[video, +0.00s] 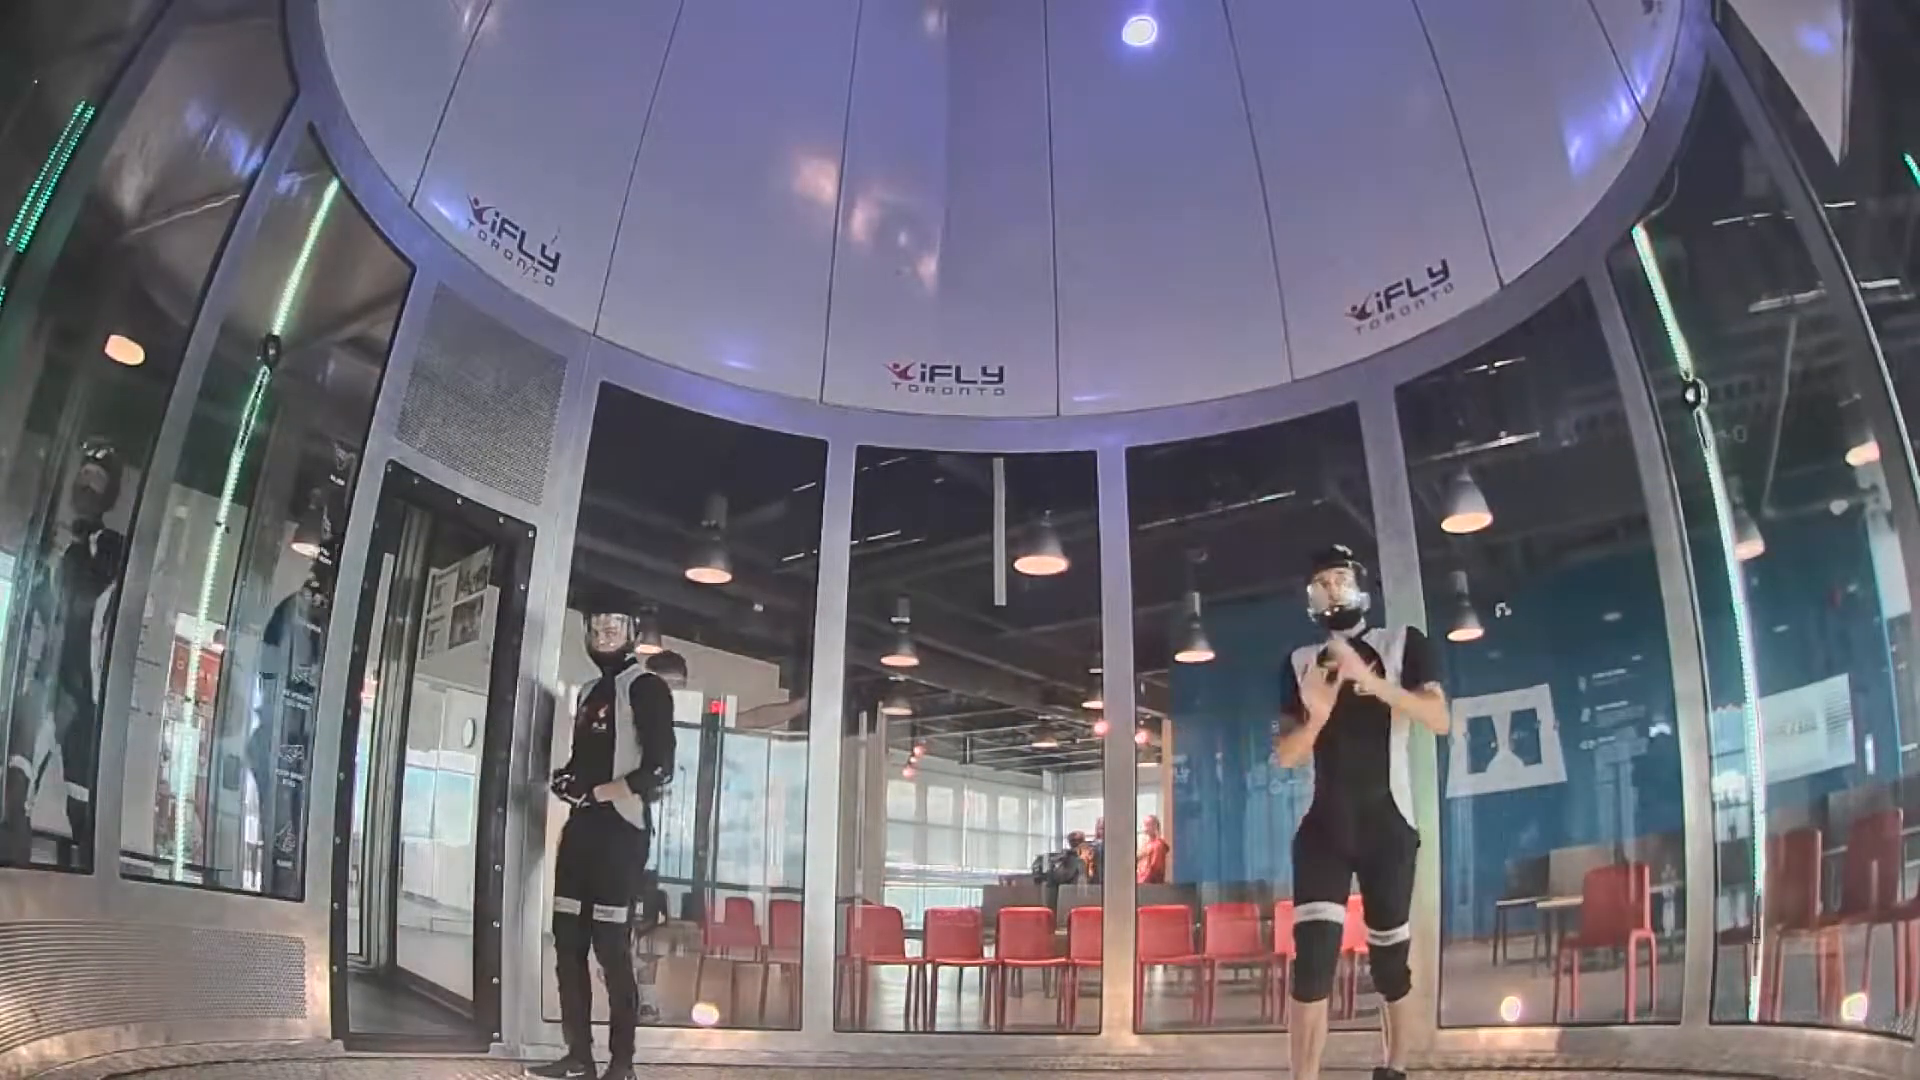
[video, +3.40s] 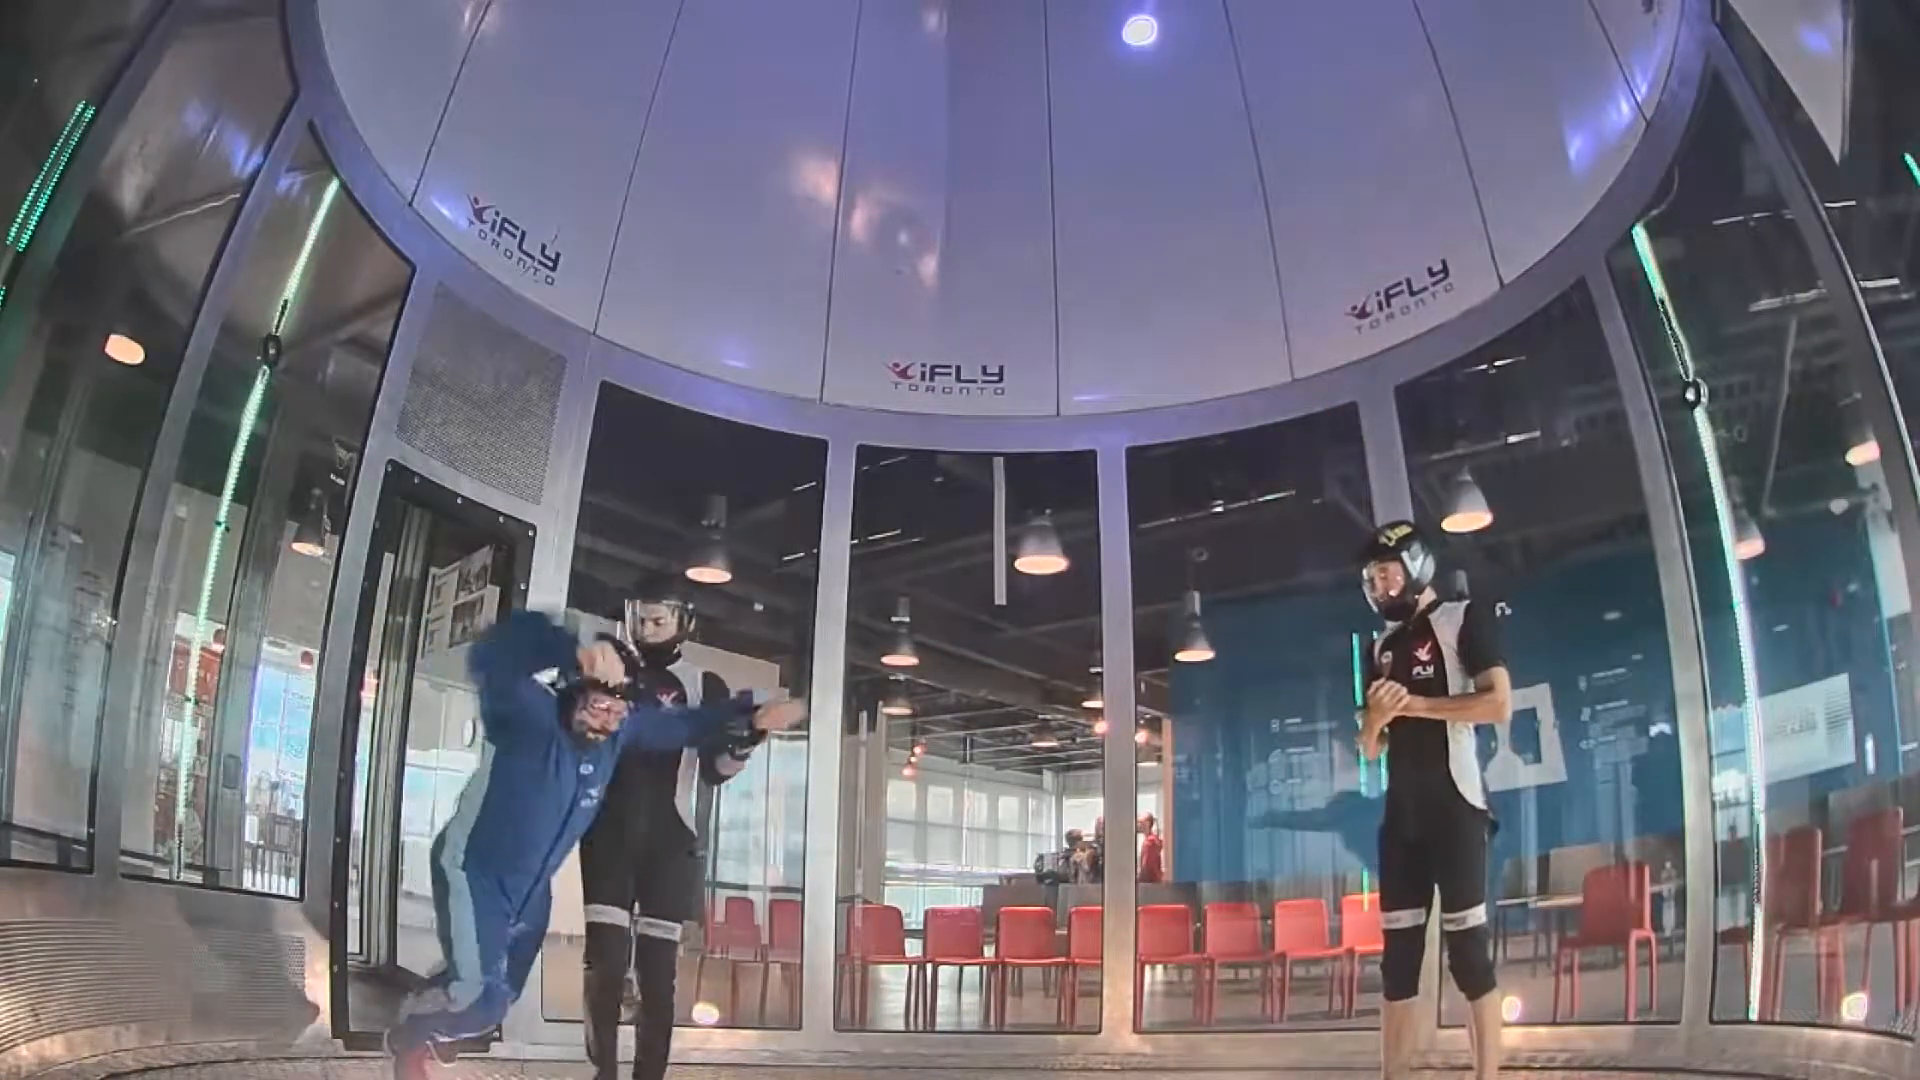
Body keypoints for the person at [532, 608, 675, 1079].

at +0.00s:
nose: (605, 633)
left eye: (614, 626)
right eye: (598, 627)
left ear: (631, 632)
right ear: (590, 634)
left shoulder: (646, 686)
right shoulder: (590, 691)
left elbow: (661, 767)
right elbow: (584, 759)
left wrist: (599, 790)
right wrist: (568, 778)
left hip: (622, 827)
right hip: (581, 822)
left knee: (611, 943)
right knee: (568, 942)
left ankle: (621, 1061)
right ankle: (579, 1056)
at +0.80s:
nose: (607, 636)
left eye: (617, 628)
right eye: (600, 628)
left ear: (635, 637)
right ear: (590, 635)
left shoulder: (644, 686)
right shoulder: (590, 690)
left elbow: (650, 762)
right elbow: (583, 763)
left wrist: (600, 774)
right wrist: (554, 769)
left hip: (616, 822)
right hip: (573, 820)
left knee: (605, 940)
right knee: (560, 939)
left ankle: (618, 1058)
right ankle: (577, 1055)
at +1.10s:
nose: (601, 627)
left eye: (611, 619)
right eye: (593, 619)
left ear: (626, 626)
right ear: (580, 626)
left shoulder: (633, 679)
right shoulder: (577, 683)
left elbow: (609, 749)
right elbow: (557, 750)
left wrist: (560, 712)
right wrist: (534, 711)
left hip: (600, 823)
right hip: (557, 818)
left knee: (596, 940)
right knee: (551, 936)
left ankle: (616, 1057)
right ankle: (575, 1052)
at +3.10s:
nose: (612, 629)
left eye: (622, 620)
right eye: (606, 620)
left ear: (647, 625)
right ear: (599, 625)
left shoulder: (663, 681)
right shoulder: (590, 680)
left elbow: (660, 764)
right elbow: (555, 728)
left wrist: (608, 759)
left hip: (621, 826)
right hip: (568, 819)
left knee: (622, 946)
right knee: (551, 944)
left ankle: (640, 1067)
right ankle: (575, 1053)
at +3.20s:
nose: (626, 631)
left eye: (637, 623)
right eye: (619, 621)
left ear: (658, 628)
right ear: (610, 625)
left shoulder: (679, 690)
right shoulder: (594, 681)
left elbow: (702, 754)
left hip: (646, 832)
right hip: (587, 825)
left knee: (645, 958)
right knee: (563, 955)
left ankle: (650, 1070)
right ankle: (576, 1038)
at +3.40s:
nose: (652, 629)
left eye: (662, 620)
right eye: (644, 620)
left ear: (683, 622)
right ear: (631, 621)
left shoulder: (706, 685)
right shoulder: (609, 670)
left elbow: (715, 770)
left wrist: (747, 741)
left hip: (671, 842)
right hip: (608, 836)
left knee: (657, 971)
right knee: (607, 965)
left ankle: (650, 1073)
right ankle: (605, 1071)